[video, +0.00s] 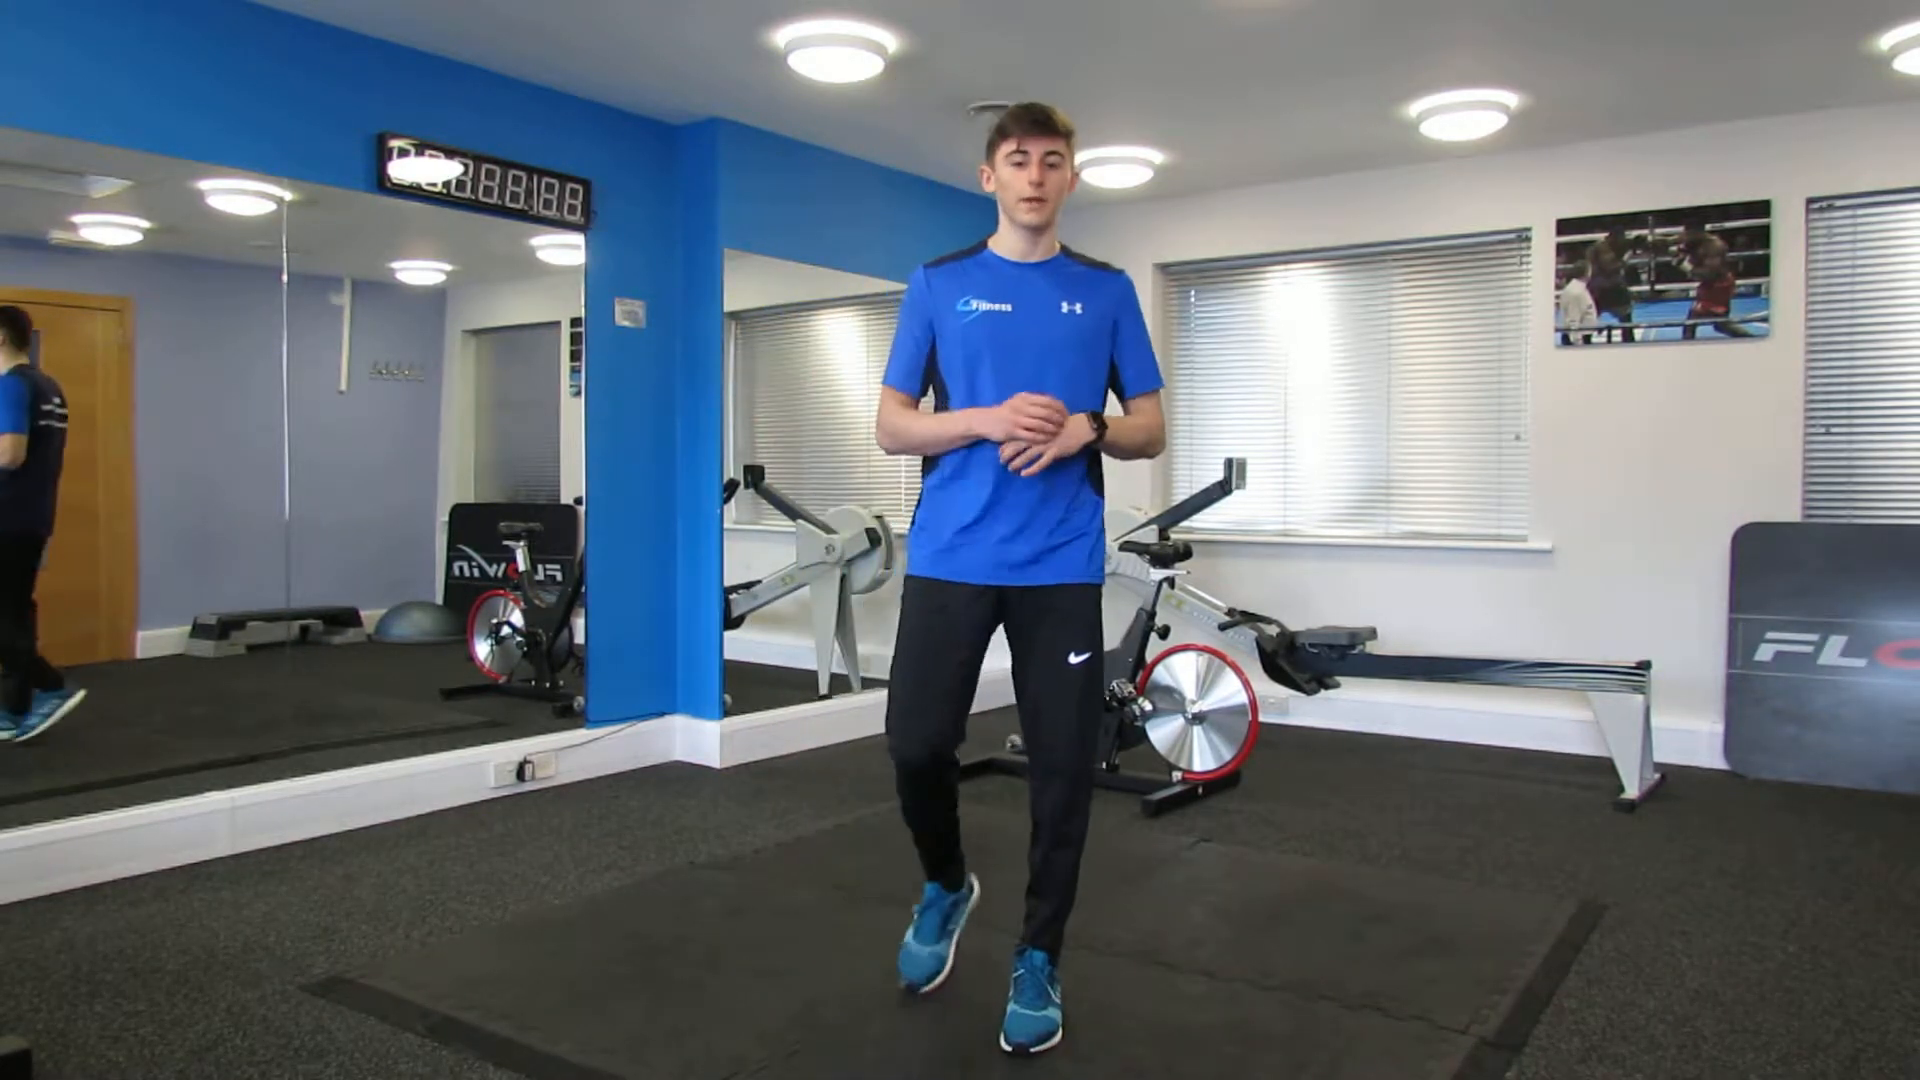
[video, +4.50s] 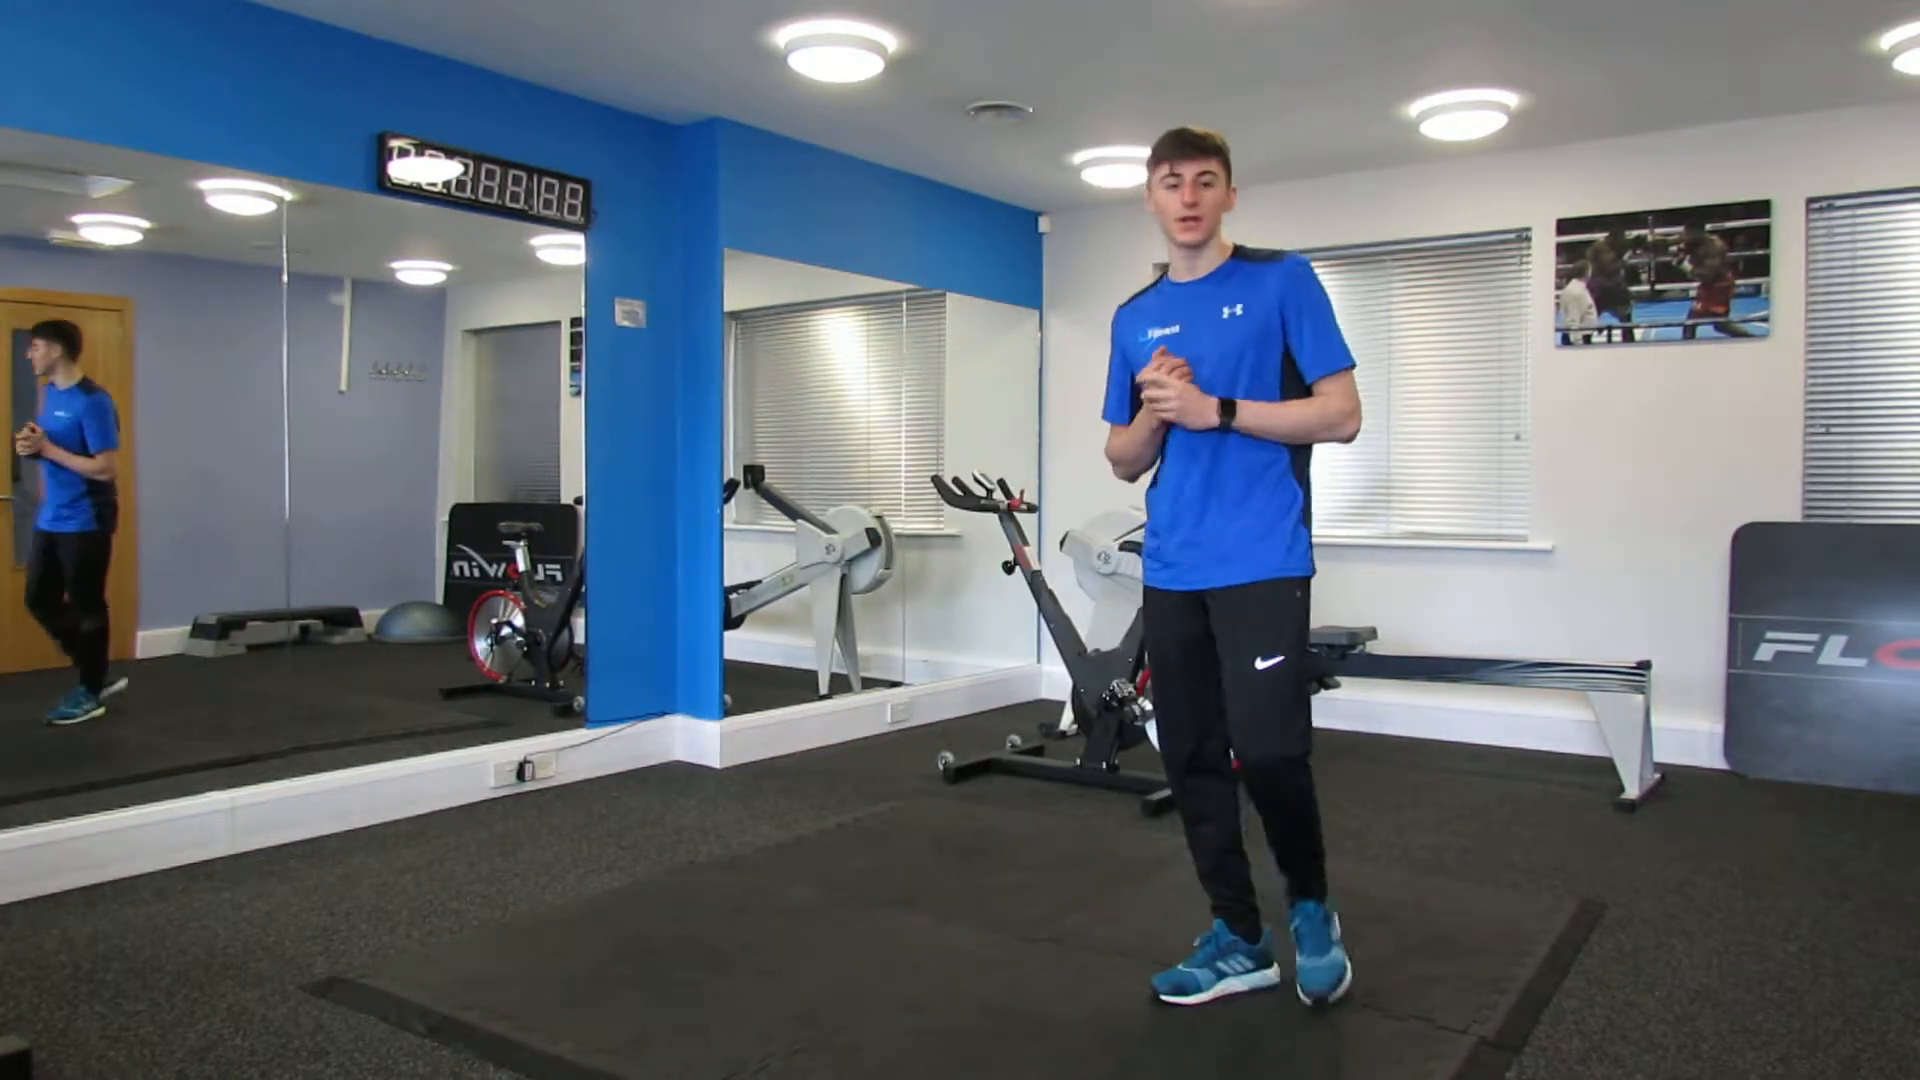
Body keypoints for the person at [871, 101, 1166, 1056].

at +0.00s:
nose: (1036, 175)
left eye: (1052, 163)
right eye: (1020, 161)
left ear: (1073, 181)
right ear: (989, 178)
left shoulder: (1106, 290)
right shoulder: (937, 284)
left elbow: (1148, 430)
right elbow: (892, 425)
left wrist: (1090, 430)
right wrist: (983, 421)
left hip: (1060, 561)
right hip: (949, 556)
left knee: (1062, 767)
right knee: (917, 746)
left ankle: (1039, 956)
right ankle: (946, 886)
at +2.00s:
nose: (1047, 187)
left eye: (1063, 173)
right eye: (1031, 173)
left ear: (1086, 189)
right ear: (1004, 188)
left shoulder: (1125, 295)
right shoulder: (955, 293)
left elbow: (1157, 431)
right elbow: (920, 434)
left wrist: (1079, 422)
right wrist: (995, 408)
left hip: (1073, 568)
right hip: (967, 560)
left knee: (1071, 753)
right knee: (939, 748)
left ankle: (1045, 912)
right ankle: (943, 954)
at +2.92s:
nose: (973, 134)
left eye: (992, 114)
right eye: (955, 121)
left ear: (1032, 126)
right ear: (937, 141)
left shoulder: (1099, 243)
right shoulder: (914, 271)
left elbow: (1147, 413)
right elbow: (881, 441)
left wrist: (1006, 407)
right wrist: (904, 402)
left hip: (1041, 571)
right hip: (928, 570)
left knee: (1044, 799)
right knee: (915, 792)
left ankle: (1160, 991)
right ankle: (936, 1004)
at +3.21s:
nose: (1006, 136)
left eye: (1024, 108)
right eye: (994, 122)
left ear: (1085, 110)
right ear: (992, 142)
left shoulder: (1162, 233)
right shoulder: (1017, 266)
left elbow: (1224, 410)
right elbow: (1024, 432)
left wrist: (1055, 428)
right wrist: (958, 391)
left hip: (1122, 593)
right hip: (1019, 586)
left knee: (1141, 827)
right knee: (969, 800)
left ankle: (1210, 1044)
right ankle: (960, 1007)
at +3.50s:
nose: (1037, 139)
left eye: (1052, 113)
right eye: (1033, 120)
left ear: (1119, 110)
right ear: (1089, 123)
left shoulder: (1205, 228)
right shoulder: (1093, 247)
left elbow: (1255, 408)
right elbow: (1133, 400)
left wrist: (1088, 429)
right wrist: (1053, 389)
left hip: (1194, 583)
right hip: (1110, 574)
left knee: (1192, 815)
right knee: (1090, 792)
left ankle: (1219, 1039)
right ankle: (1044, 990)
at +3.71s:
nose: (1078, 147)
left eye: (1093, 122)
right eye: (1072, 129)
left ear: (1159, 116)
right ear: (1101, 134)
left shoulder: (1235, 231)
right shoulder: (1122, 251)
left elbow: (1250, 419)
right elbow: (1143, 405)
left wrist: (1093, 410)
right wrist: (1083, 373)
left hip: (1219, 580)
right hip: (1138, 570)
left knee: (1211, 812)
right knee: (1125, 759)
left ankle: (1228, 1041)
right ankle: (1186, 948)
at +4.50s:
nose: (1187, 196)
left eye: (1203, 182)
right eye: (1171, 183)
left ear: (1230, 196)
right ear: (1150, 200)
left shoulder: (1283, 280)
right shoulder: (1133, 318)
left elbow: (1342, 412)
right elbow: (1122, 460)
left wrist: (1215, 408)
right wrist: (1154, 414)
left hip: (1262, 560)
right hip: (1171, 566)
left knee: (1268, 751)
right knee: (1194, 757)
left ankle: (1308, 911)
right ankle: (1238, 935)